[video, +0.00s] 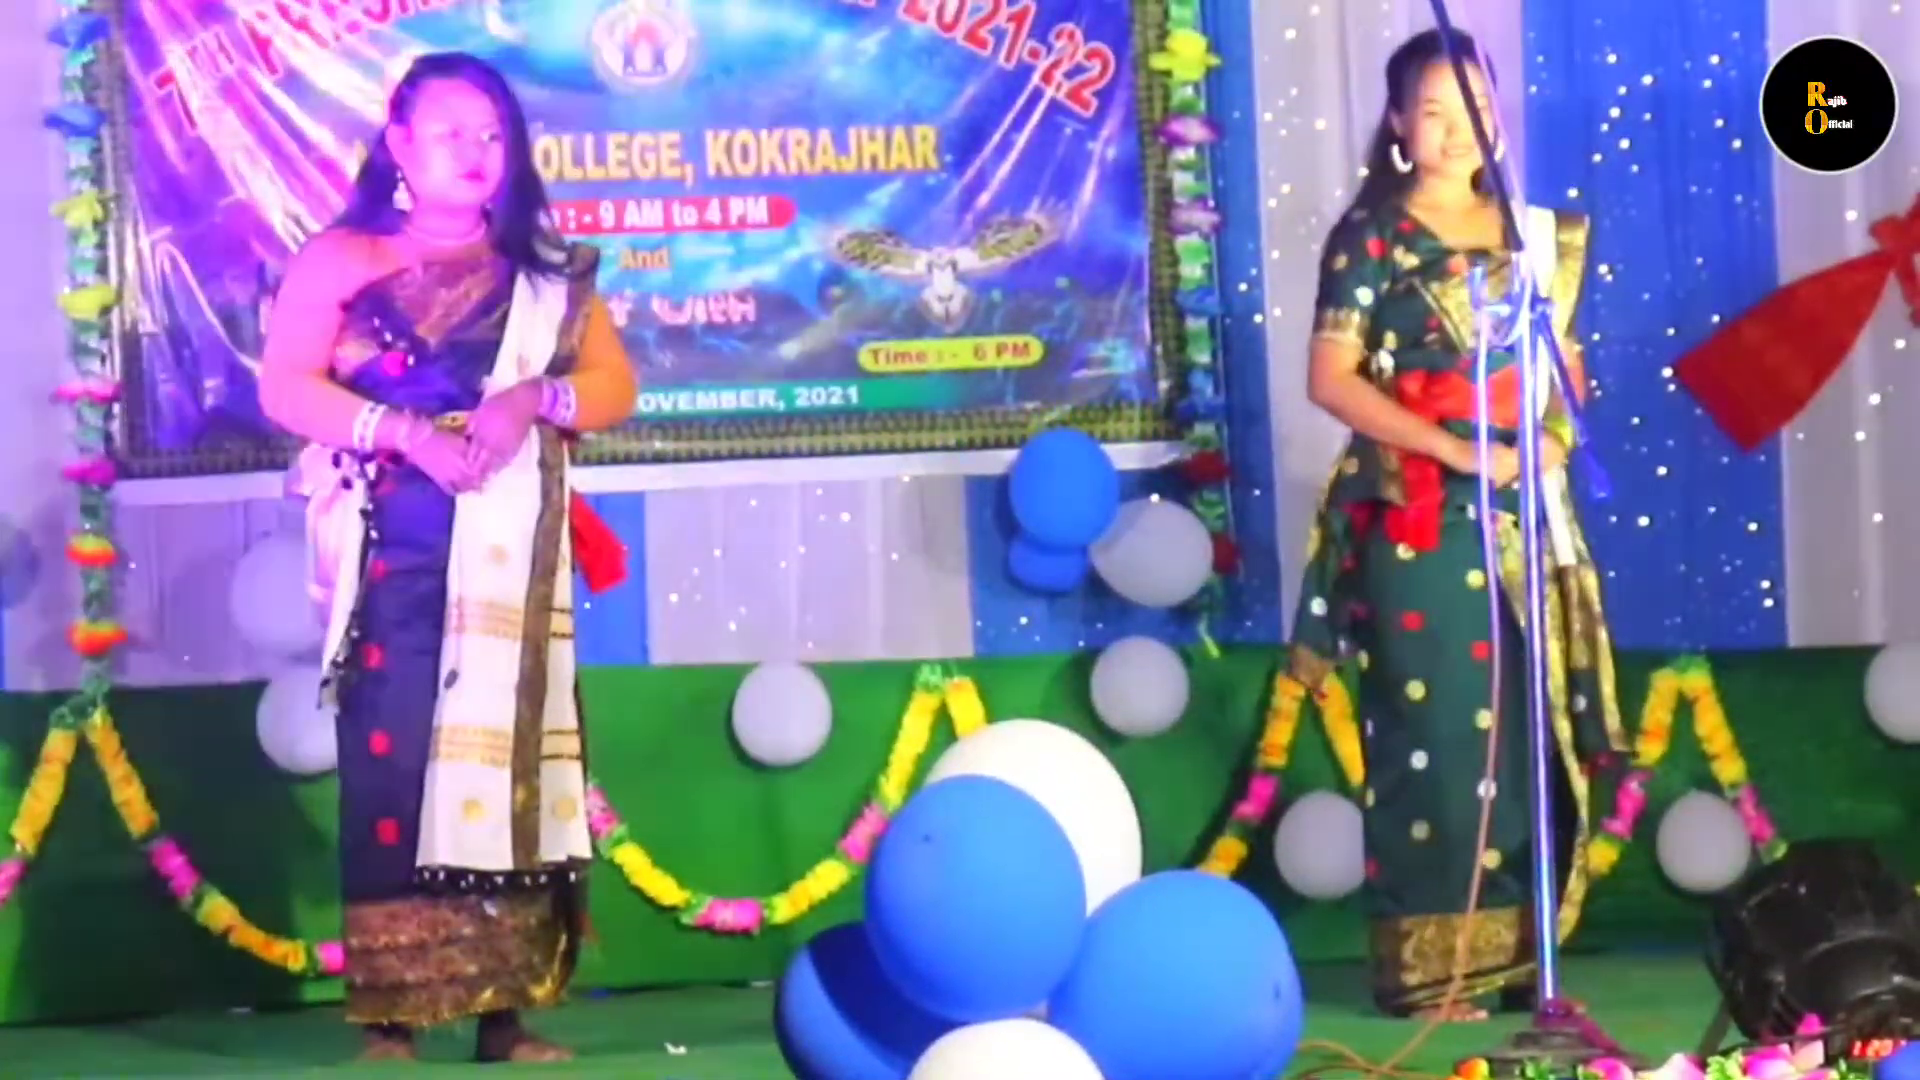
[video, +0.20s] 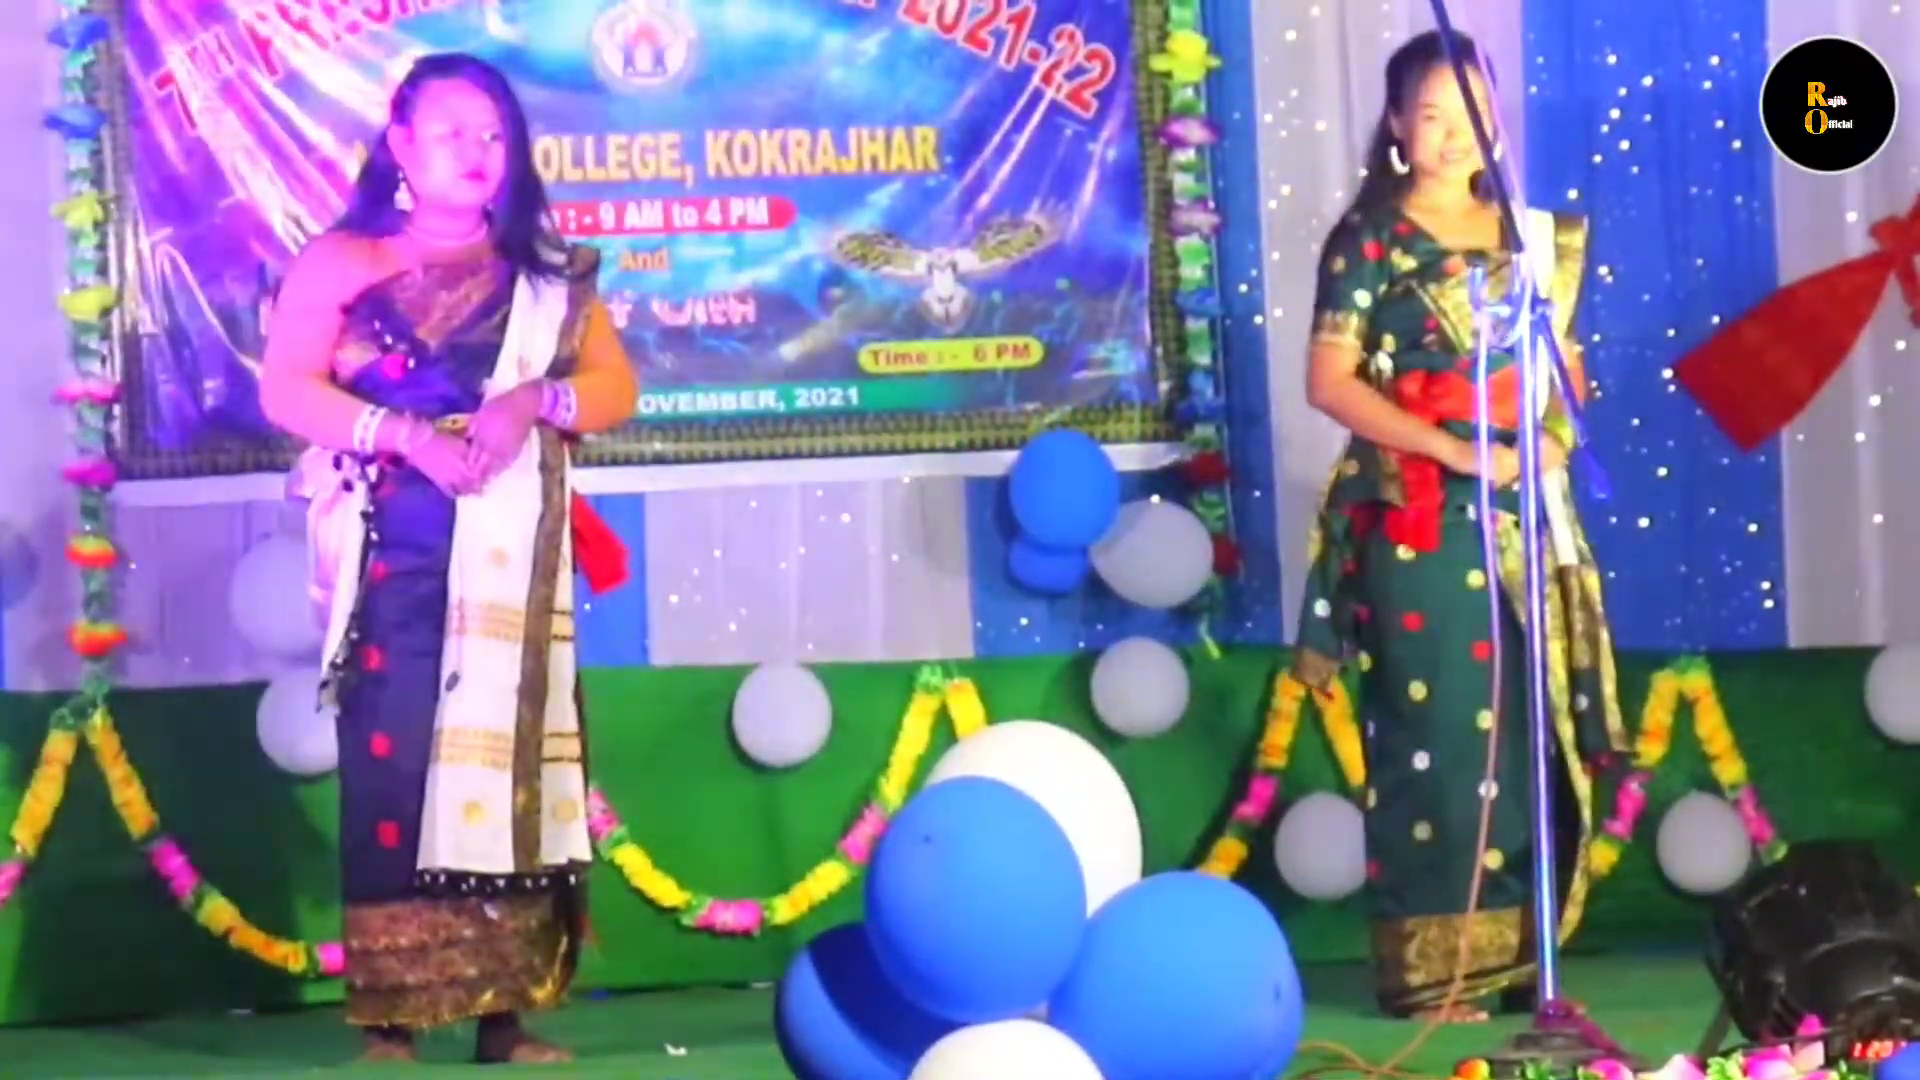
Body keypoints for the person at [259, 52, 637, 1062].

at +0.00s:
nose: (471, 152)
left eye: (488, 135)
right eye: (447, 132)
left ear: (512, 152)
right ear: (398, 147)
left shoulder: (547, 271)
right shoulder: (341, 260)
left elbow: (616, 387)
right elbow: (283, 387)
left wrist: (534, 398)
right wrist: (403, 430)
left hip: (514, 562)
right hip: (396, 559)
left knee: (514, 765)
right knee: (393, 771)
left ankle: (506, 1013)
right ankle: (386, 1012)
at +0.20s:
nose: (472, 153)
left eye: (490, 136)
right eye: (448, 133)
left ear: (513, 153)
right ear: (400, 147)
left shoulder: (549, 272)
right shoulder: (341, 262)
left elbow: (617, 389)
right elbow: (283, 389)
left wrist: (534, 400)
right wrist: (404, 433)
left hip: (515, 564)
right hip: (396, 561)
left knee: (515, 766)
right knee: (393, 772)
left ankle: (507, 1014)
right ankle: (386, 1013)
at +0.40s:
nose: (485, 144)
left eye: (500, 129)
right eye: (461, 126)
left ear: (518, 148)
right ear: (408, 143)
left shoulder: (549, 272)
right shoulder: (342, 265)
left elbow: (618, 390)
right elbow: (287, 395)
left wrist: (534, 401)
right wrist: (405, 433)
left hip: (517, 561)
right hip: (398, 558)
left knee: (517, 763)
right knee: (395, 769)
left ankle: (510, 1016)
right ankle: (390, 1016)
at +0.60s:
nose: (477, 144)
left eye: (493, 129)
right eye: (452, 126)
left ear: (511, 148)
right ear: (401, 144)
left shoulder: (545, 271)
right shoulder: (343, 267)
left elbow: (621, 390)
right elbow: (289, 394)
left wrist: (534, 403)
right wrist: (408, 435)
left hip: (516, 560)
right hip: (397, 557)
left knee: (515, 762)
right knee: (394, 768)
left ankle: (509, 1015)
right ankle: (387, 1015)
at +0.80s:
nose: (479, 151)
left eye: (493, 133)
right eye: (454, 132)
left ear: (511, 148)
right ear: (399, 147)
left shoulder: (552, 269)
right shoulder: (342, 267)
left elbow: (618, 389)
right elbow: (287, 393)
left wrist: (538, 401)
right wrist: (409, 434)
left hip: (520, 562)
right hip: (403, 560)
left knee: (519, 765)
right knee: (397, 770)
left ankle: (508, 1016)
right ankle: (389, 1016)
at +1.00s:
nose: (477, 152)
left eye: (492, 135)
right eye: (453, 133)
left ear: (511, 150)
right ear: (402, 147)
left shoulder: (549, 269)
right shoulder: (345, 264)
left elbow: (622, 386)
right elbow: (287, 389)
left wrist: (538, 399)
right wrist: (409, 433)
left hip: (520, 561)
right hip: (403, 559)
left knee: (518, 765)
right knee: (395, 771)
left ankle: (508, 1016)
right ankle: (386, 1017)